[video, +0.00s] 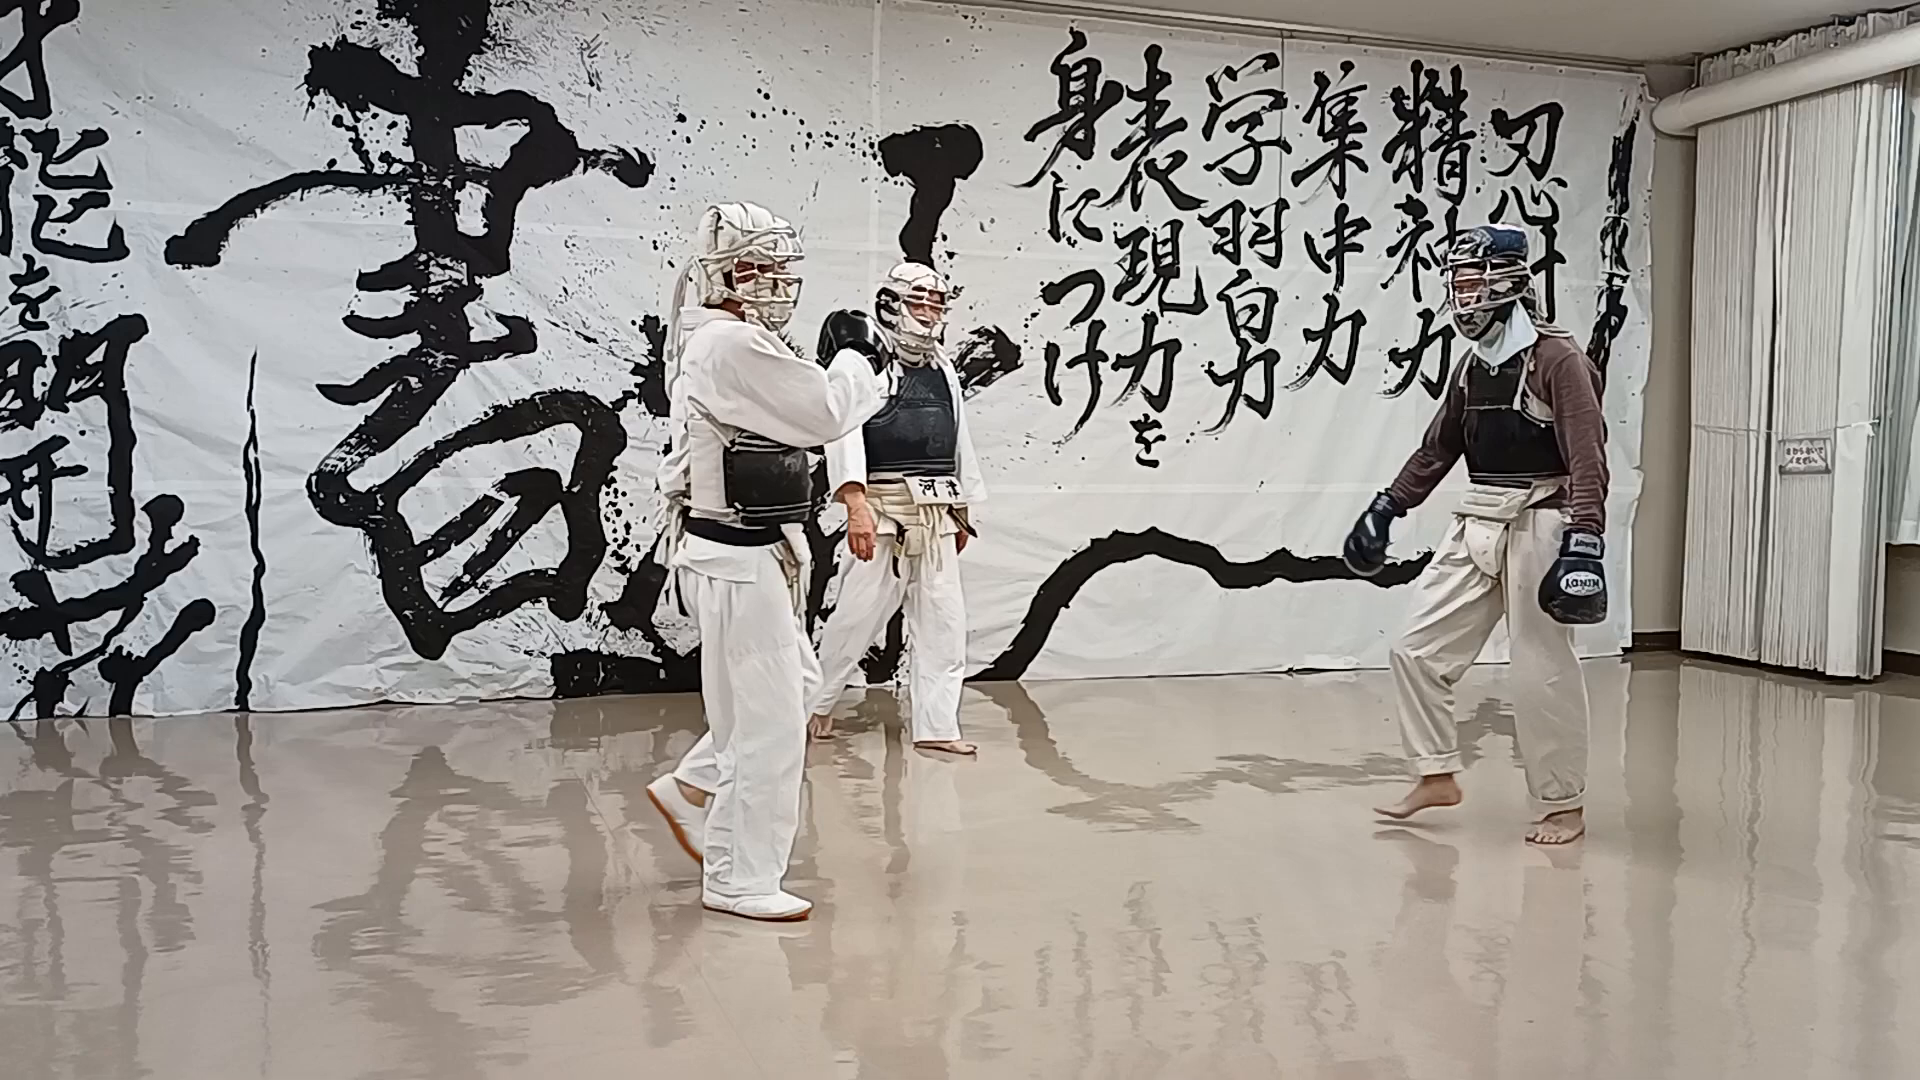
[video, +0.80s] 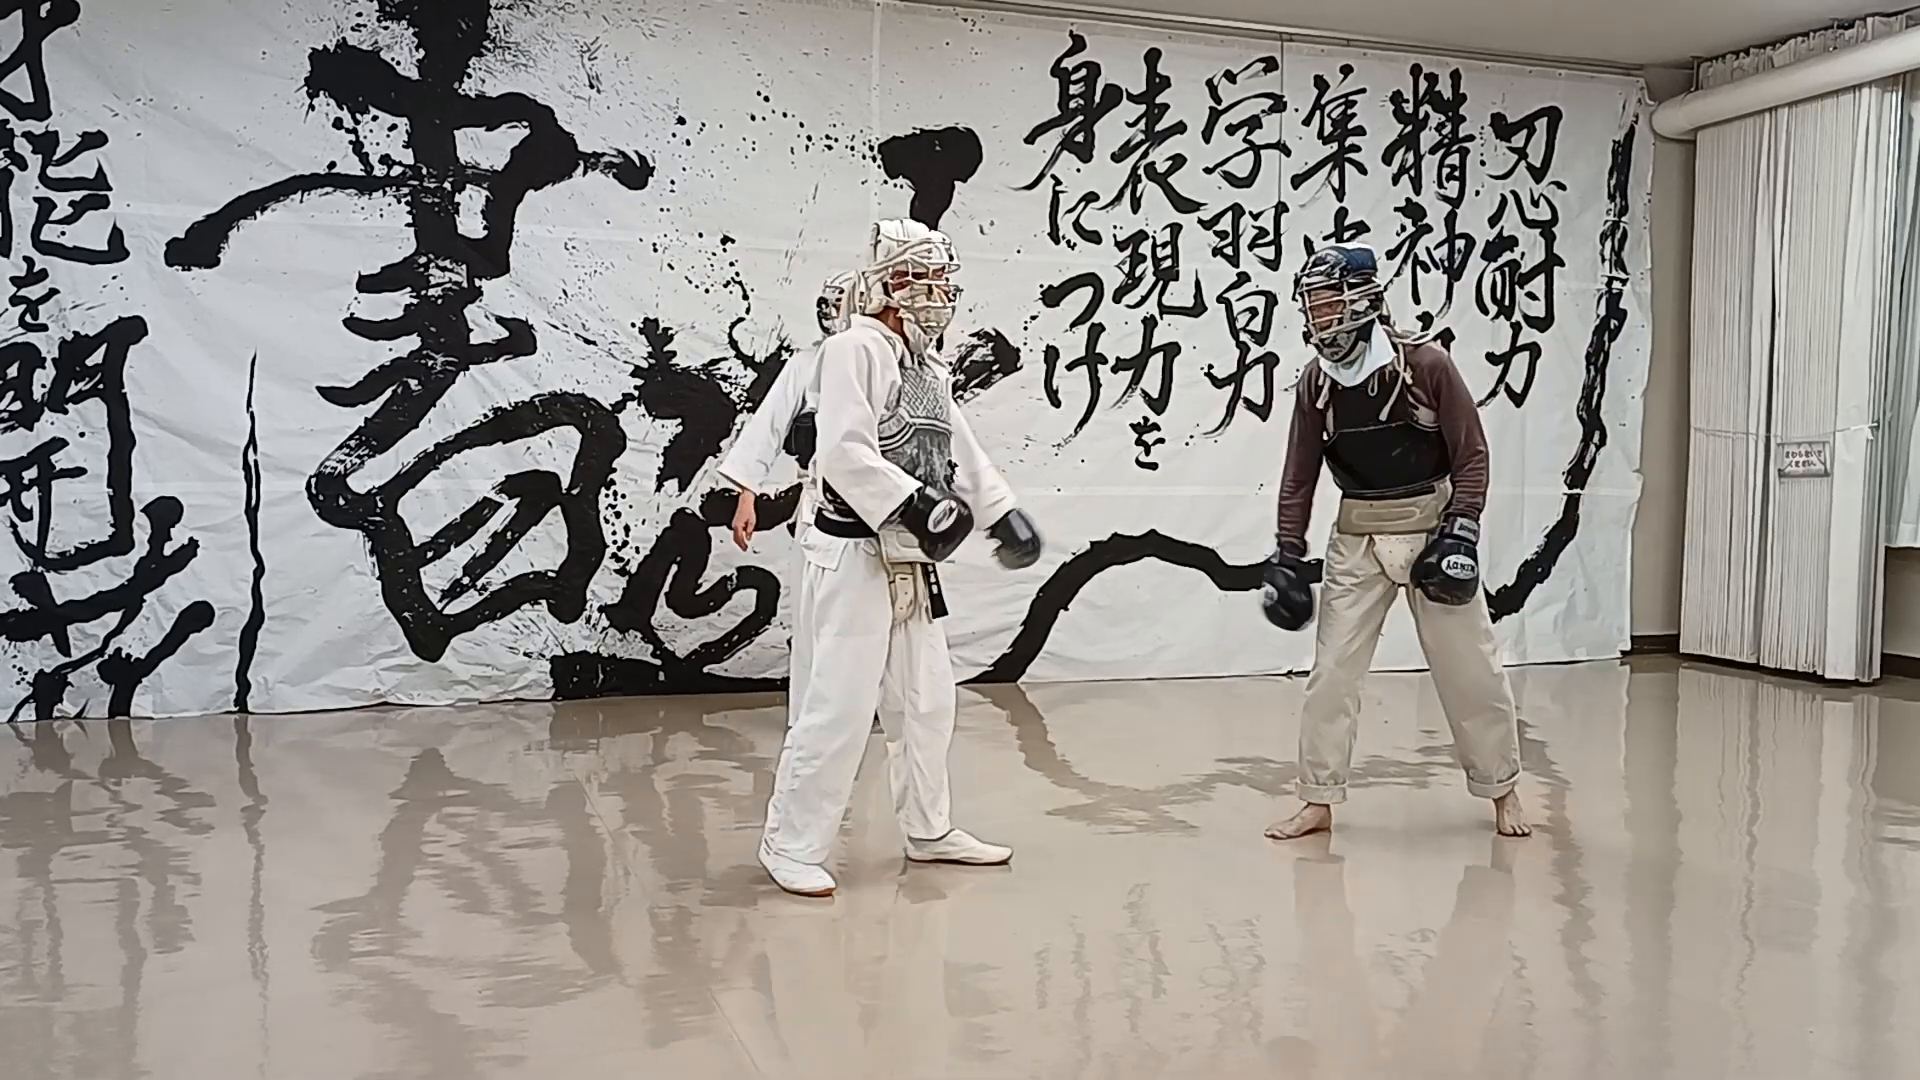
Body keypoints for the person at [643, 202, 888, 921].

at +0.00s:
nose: (780, 286)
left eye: (783, 273)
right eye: (765, 273)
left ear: (770, 277)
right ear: (729, 277)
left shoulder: (728, 338)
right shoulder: (730, 343)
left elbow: (802, 408)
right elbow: (827, 413)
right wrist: (856, 367)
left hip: (737, 550)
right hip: (739, 556)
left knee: (796, 684)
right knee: (772, 717)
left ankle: (694, 786)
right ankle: (742, 881)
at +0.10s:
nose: (799, 285)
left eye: (801, 272)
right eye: (786, 272)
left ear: (760, 276)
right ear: (751, 275)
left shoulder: (753, 337)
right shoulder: (745, 344)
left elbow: (814, 421)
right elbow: (833, 420)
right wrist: (865, 377)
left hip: (783, 552)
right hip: (762, 558)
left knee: (844, 675)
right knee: (778, 719)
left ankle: (775, 818)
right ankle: (739, 878)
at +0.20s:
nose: (825, 291)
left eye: (828, 278)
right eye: (810, 278)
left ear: (822, 280)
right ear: (774, 281)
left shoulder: (800, 348)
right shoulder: (769, 353)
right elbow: (838, 443)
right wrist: (882, 383)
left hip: (820, 557)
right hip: (786, 564)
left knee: (875, 684)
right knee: (790, 721)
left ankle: (873, 812)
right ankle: (739, 881)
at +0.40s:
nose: (897, 303)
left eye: (903, 290)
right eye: (882, 290)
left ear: (909, 296)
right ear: (845, 294)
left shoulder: (882, 366)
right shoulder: (821, 362)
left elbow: (912, 435)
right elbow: (812, 468)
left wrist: (967, 395)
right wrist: (899, 452)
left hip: (887, 568)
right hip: (830, 571)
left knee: (927, 703)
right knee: (807, 727)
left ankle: (939, 833)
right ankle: (743, 875)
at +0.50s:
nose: (926, 298)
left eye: (932, 287)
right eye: (912, 285)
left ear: (937, 294)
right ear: (880, 289)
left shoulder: (935, 367)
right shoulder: (845, 353)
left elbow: (1020, 388)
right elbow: (806, 445)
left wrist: (1106, 384)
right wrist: (886, 460)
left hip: (896, 562)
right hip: (833, 558)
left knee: (936, 701)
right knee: (824, 714)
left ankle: (938, 835)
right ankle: (764, 867)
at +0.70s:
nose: (942, 297)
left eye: (948, 285)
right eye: (929, 284)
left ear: (950, 291)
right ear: (896, 286)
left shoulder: (939, 370)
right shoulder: (859, 346)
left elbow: (996, 435)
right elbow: (835, 443)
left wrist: (1067, 456)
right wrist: (920, 472)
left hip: (911, 552)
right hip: (848, 550)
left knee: (928, 701)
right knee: (835, 708)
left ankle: (929, 832)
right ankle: (777, 849)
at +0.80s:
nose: (933, 292)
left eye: (939, 280)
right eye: (918, 279)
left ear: (945, 286)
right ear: (885, 282)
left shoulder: (927, 367)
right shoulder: (855, 345)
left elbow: (963, 450)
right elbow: (842, 448)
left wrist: (1003, 513)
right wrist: (919, 505)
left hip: (906, 548)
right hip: (846, 548)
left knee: (926, 696)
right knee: (837, 705)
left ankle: (929, 831)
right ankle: (791, 848)